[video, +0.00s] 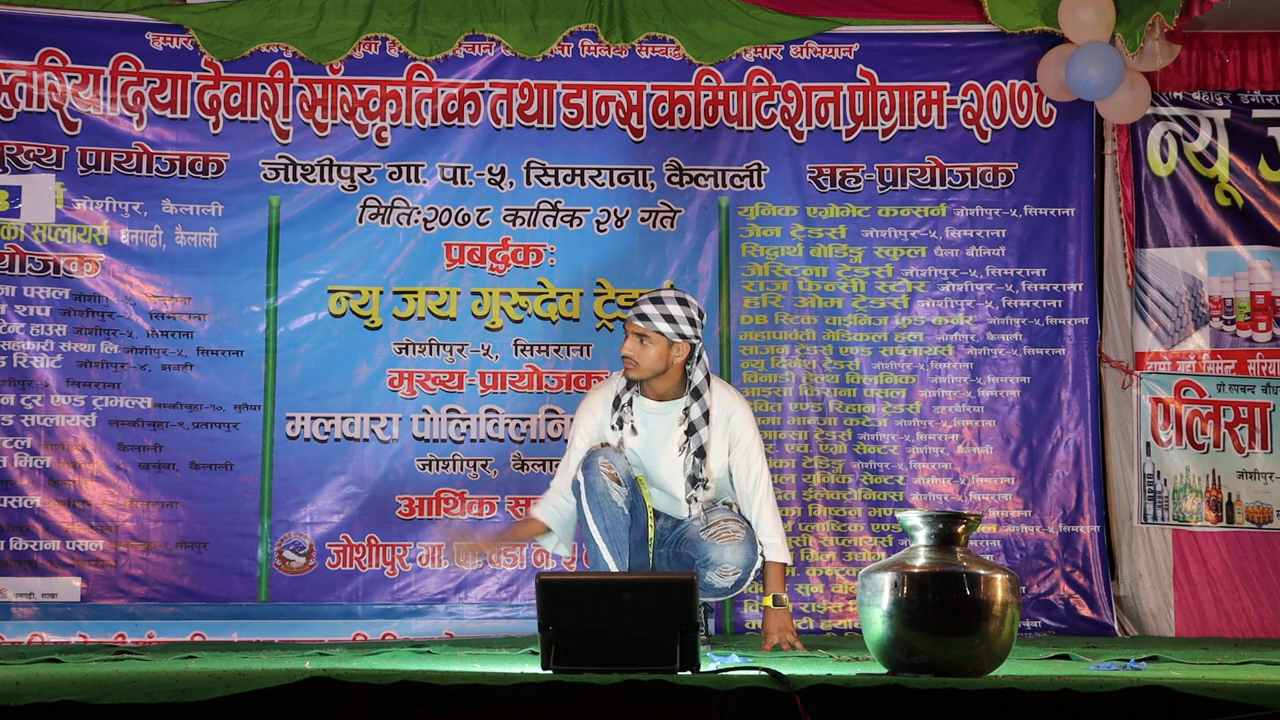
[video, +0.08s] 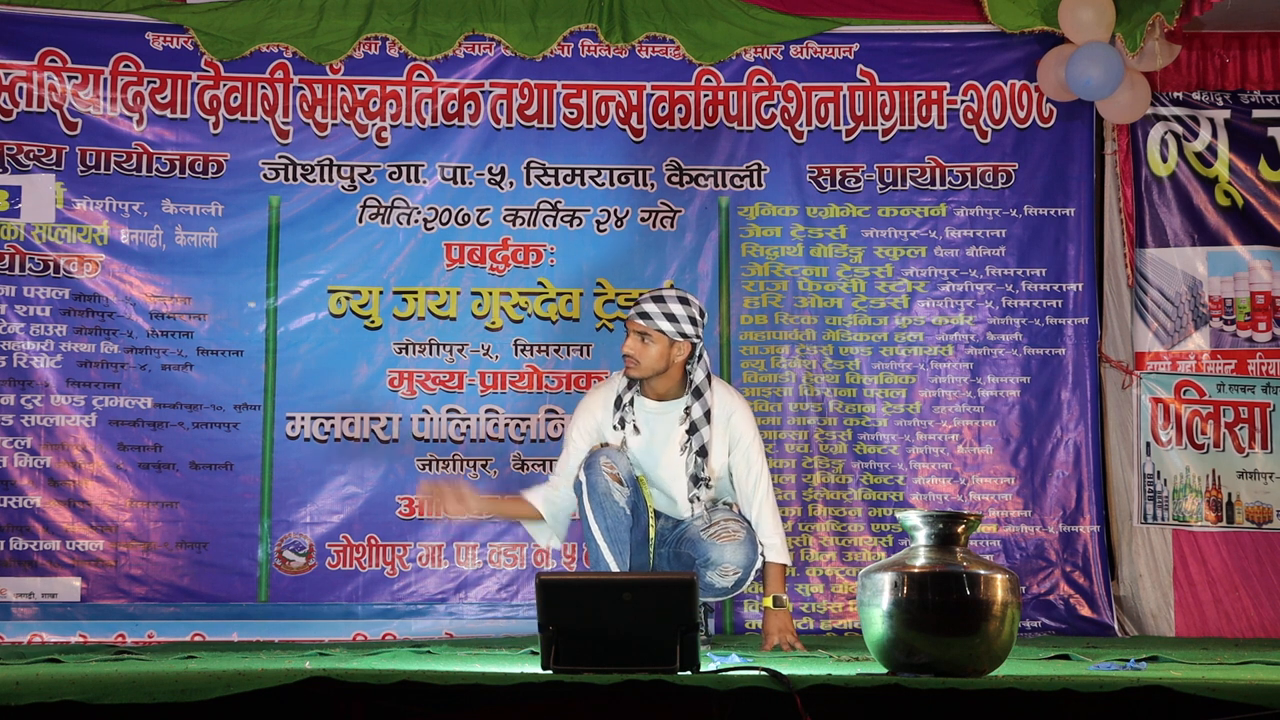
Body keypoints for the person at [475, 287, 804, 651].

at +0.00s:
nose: (625, 350)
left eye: (641, 340)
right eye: (627, 336)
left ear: (679, 351)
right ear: (625, 336)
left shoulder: (728, 408)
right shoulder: (603, 402)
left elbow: (761, 502)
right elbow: (562, 498)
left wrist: (776, 602)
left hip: (695, 541)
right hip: (629, 534)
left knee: (731, 539)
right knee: (601, 462)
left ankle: (691, 614)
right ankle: (618, 605)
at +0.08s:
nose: (627, 347)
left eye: (642, 338)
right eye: (627, 334)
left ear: (680, 350)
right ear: (625, 336)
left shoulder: (728, 409)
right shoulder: (603, 401)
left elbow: (761, 505)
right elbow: (558, 497)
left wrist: (777, 605)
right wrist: (480, 503)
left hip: (693, 536)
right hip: (633, 532)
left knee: (734, 542)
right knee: (604, 461)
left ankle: (681, 614)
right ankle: (623, 607)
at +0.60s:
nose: (628, 348)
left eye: (645, 340)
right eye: (629, 336)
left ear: (681, 353)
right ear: (625, 335)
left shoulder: (727, 410)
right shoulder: (604, 400)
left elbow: (762, 503)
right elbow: (559, 473)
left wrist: (778, 604)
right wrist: (535, 490)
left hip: (697, 537)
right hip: (634, 529)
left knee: (736, 550)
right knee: (601, 461)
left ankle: (684, 610)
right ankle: (619, 603)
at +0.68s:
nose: (629, 352)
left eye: (646, 344)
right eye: (629, 339)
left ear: (683, 355)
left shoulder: (728, 410)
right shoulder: (603, 402)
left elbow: (763, 504)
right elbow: (547, 496)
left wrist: (778, 604)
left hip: (695, 541)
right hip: (632, 535)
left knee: (735, 549)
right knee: (603, 462)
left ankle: (683, 609)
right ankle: (617, 602)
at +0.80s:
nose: (640, 365)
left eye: (658, 356)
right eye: (638, 349)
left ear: (693, 360)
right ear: (633, 345)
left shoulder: (729, 412)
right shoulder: (606, 404)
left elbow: (763, 503)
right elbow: (554, 486)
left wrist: (778, 603)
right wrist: (540, 569)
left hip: (693, 542)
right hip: (630, 533)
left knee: (737, 544)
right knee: (603, 462)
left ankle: (692, 609)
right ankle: (622, 603)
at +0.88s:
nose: (657, 379)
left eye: (672, 367)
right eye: (648, 362)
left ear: (697, 363)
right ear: (636, 353)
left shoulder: (728, 412)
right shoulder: (604, 406)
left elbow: (763, 502)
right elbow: (551, 491)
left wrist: (778, 606)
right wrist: (535, 588)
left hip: (693, 541)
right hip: (630, 532)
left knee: (736, 546)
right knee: (603, 462)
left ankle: (690, 610)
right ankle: (622, 604)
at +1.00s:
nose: (670, 396)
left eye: (683, 384)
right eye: (659, 380)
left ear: (702, 370)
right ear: (640, 363)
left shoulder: (727, 412)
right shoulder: (603, 408)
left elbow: (762, 503)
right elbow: (552, 495)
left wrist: (778, 606)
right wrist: (534, 596)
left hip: (694, 536)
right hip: (631, 531)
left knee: (736, 552)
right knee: (601, 462)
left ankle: (687, 607)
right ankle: (622, 606)